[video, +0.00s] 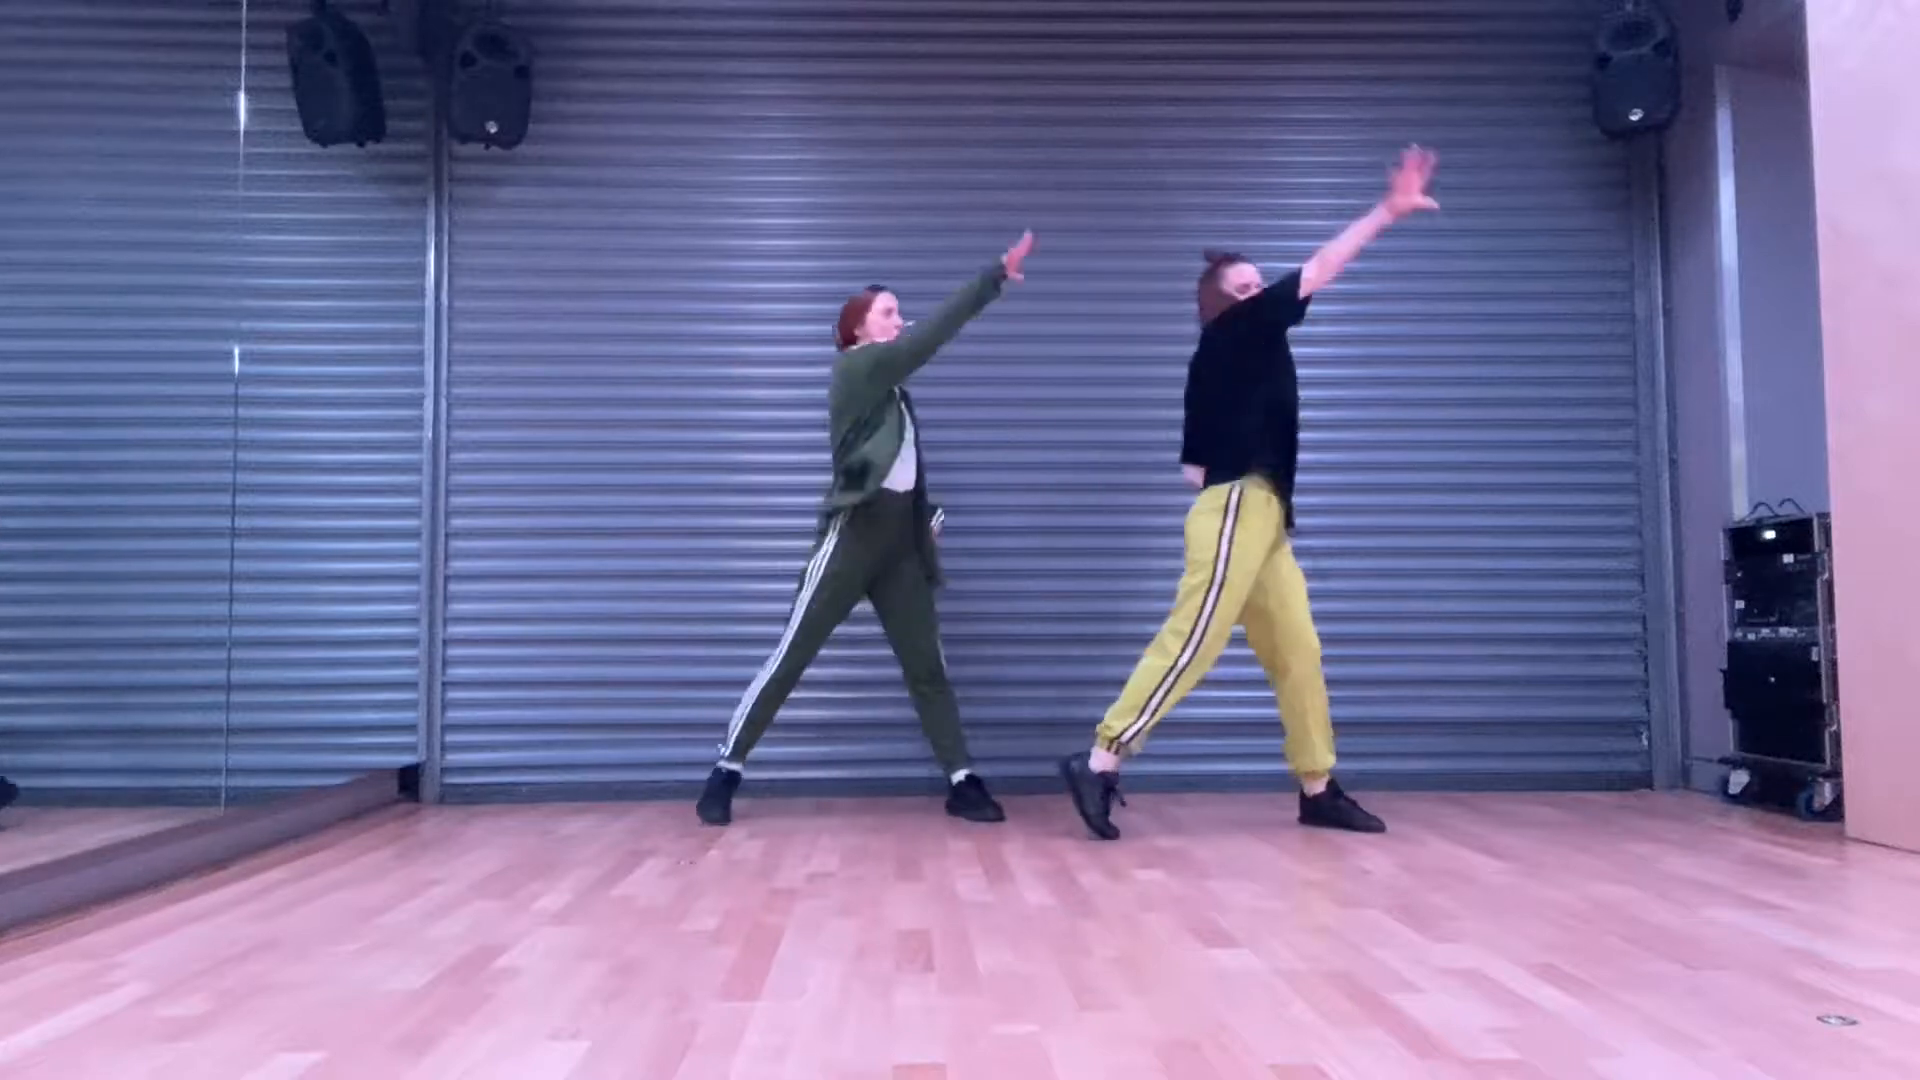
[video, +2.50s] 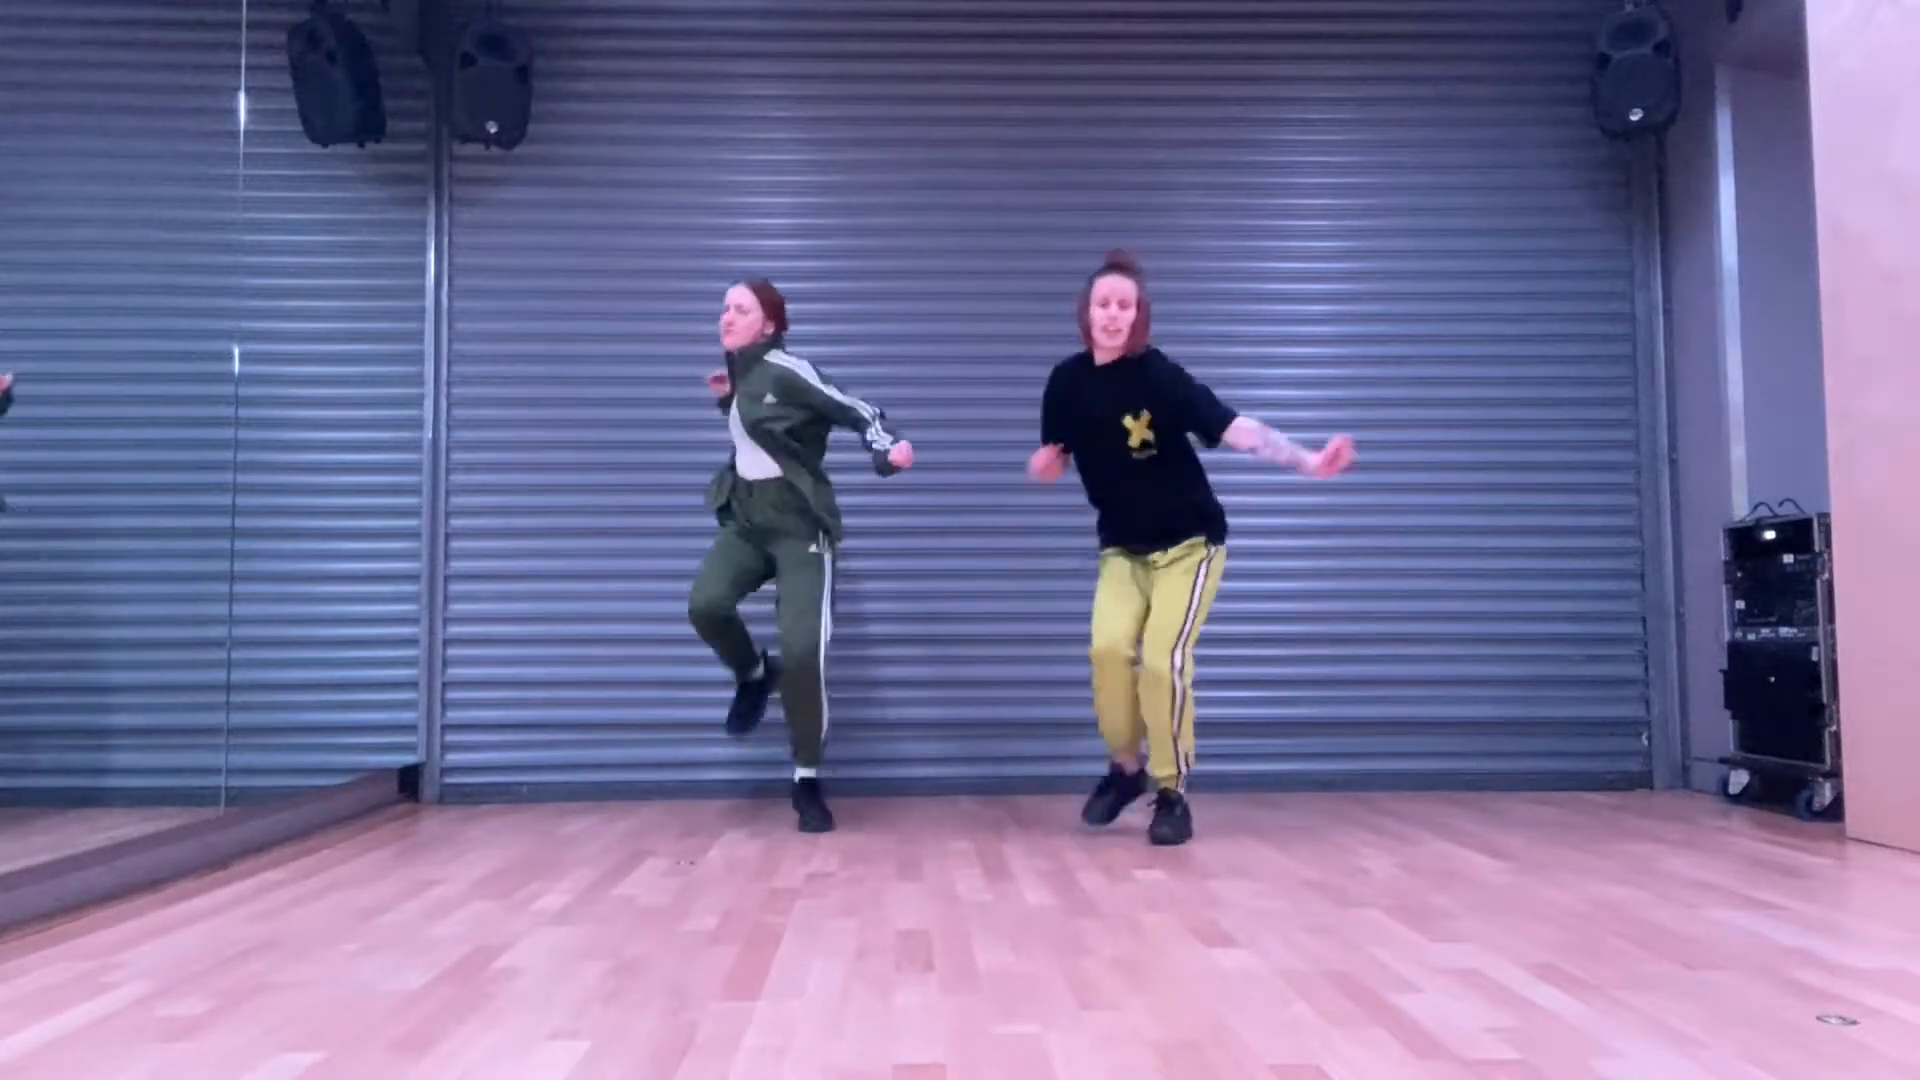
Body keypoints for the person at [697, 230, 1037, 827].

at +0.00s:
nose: (900, 322)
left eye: (899, 315)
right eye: (888, 314)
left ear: (887, 326)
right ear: (857, 327)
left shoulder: (891, 380)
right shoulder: (854, 367)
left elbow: (900, 466)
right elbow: (925, 337)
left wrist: (925, 517)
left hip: (902, 533)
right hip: (854, 528)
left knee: (927, 667)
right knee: (793, 654)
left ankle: (961, 780)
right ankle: (727, 770)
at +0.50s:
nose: (840, 373)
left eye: (849, 364)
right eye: (830, 367)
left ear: (866, 376)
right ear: (817, 380)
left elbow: (896, 521)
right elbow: (731, 482)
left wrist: (866, 519)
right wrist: (660, 507)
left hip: (856, 588)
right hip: (788, 586)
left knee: (938, 659)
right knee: (770, 696)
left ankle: (955, 784)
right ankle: (743, 790)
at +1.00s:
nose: (821, 369)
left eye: (833, 361)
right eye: (815, 362)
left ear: (859, 375)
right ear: (809, 374)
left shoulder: (877, 440)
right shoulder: (803, 439)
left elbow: (909, 516)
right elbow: (793, 522)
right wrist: (729, 547)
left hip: (896, 583)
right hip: (837, 586)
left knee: (913, 693)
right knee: (762, 663)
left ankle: (965, 784)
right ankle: (748, 788)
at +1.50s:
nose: (841, 377)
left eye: (852, 367)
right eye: (836, 370)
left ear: (881, 374)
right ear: (833, 379)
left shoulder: (908, 422)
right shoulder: (838, 429)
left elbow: (928, 505)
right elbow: (816, 511)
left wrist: (944, 524)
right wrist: (748, 517)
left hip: (883, 583)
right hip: (821, 580)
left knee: (908, 694)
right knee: (739, 664)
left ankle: (963, 784)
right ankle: (745, 787)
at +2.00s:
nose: (733, 363)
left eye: (741, 352)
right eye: (727, 355)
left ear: (773, 354)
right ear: (728, 363)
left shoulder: (812, 404)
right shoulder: (747, 415)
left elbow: (839, 481)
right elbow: (755, 493)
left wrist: (822, 521)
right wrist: (718, 526)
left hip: (789, 562)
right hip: (740, 565)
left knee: (808, 680)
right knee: (710, 673)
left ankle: (906, 752)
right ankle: (761, 788)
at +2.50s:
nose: (725, 319)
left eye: (738, 311)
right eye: (725, 310)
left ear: (769, 325)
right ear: (729, 322)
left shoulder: (786, 372)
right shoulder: (740, 374)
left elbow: (857, 412)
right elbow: (756, 423)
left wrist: (884, 446)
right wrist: (729, 397)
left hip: (799, 525)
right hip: (746, 520)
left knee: (802, 655)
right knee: (706, 607)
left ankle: (806, 778)